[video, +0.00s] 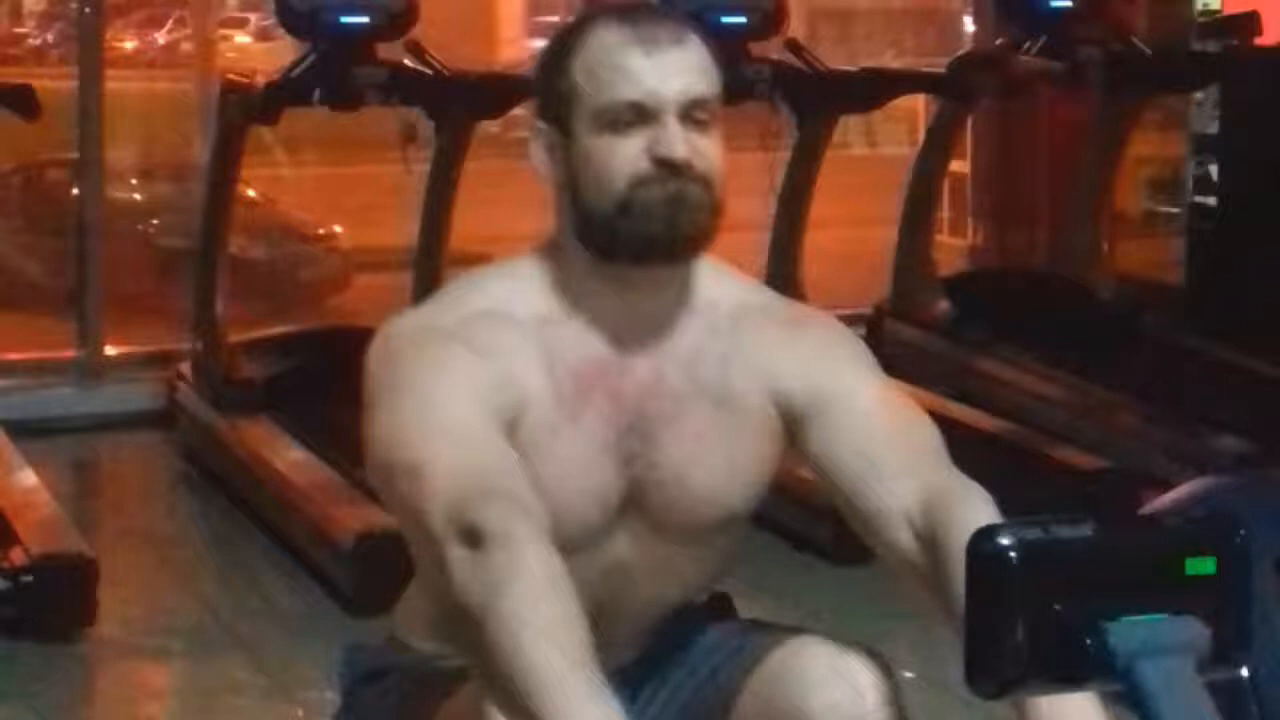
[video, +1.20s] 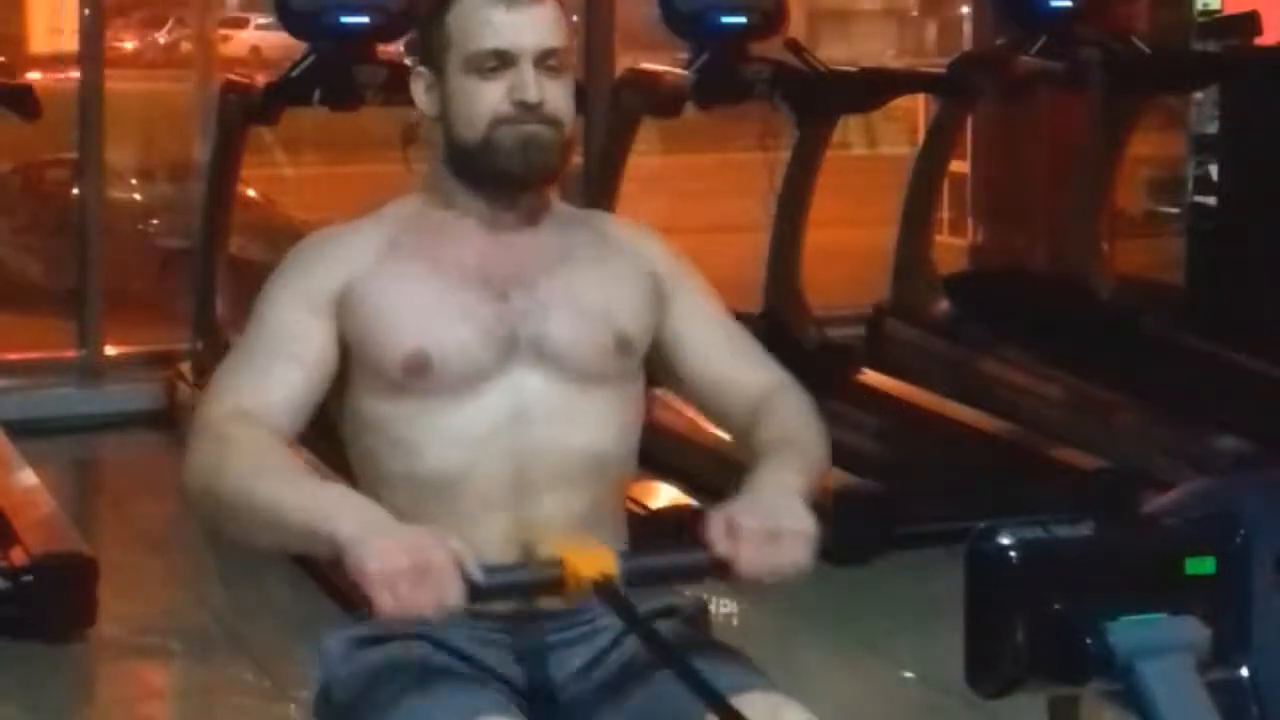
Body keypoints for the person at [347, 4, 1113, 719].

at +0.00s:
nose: (673, 149)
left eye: (697, 118)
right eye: (626, 121)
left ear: (724, 140)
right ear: (548, 153)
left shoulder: (792, 344)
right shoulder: (439, 352)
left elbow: (934, 513)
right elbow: (495, 554)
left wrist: (1062, 683)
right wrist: (589, 713)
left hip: (656, 659)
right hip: (450, 667)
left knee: (841, 687)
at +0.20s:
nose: (632, 118)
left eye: (657, 90)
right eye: (587, 91)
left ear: (687, 114)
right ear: (515, 122)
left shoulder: (756, 312)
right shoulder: (415, 316)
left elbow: (897, 485)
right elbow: (448, 518)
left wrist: (1025, 680)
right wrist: (561, 711)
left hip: (659, 647)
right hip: (450, 657)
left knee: (831, 688)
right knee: (475, 710)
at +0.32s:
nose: (571, 77)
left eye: (591, 53)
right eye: (527, 55)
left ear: (619, 82)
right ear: (458, 89)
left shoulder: (699, 267)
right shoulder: (378, 275)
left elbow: (831, 419)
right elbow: (394, 463)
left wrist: (926, 567)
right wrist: (514, 618)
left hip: (626, 629)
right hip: (425, 634)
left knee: (811, 691)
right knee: (480, 710)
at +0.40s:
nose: (544, 66)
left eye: (568, 41)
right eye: (503, 44)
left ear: (600, 70)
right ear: (436, 78)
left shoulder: (672, 249)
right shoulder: (359, 262)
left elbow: (801, 399)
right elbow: (354, 440)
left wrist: (886, 542)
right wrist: (476, 591)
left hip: (618, 626)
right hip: (412, 633)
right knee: (471, 705)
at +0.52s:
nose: (516, 76)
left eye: (537, 50)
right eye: (476, 52)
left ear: (566, 70)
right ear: (412, 76)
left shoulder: (640, 242)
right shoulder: (335, 257)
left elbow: (769, 389)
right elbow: (289, 434)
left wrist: (822, 502)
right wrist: (423, 546)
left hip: (601, 624)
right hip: (413, 631)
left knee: (733, 710)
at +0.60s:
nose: (502, 94)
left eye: (524, 70)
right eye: (466, 72)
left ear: (548, 88)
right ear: (401, 91)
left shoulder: (610, 247)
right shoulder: (324, 260)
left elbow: (741, 400)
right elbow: (228, 456)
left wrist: (760, 474)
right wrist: (361, 506)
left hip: (601, 622)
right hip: (410, 635)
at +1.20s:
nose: (529, 92)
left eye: (550, 67)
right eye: (492, 68)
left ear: (575, 87)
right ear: (425, 90)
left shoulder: (632, 258)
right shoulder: (339, 266)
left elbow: (776, 405)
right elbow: (222, 449)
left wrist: (780, 484)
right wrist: (367, 530)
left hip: (616, 620)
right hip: (426, 630)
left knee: (779, 715)